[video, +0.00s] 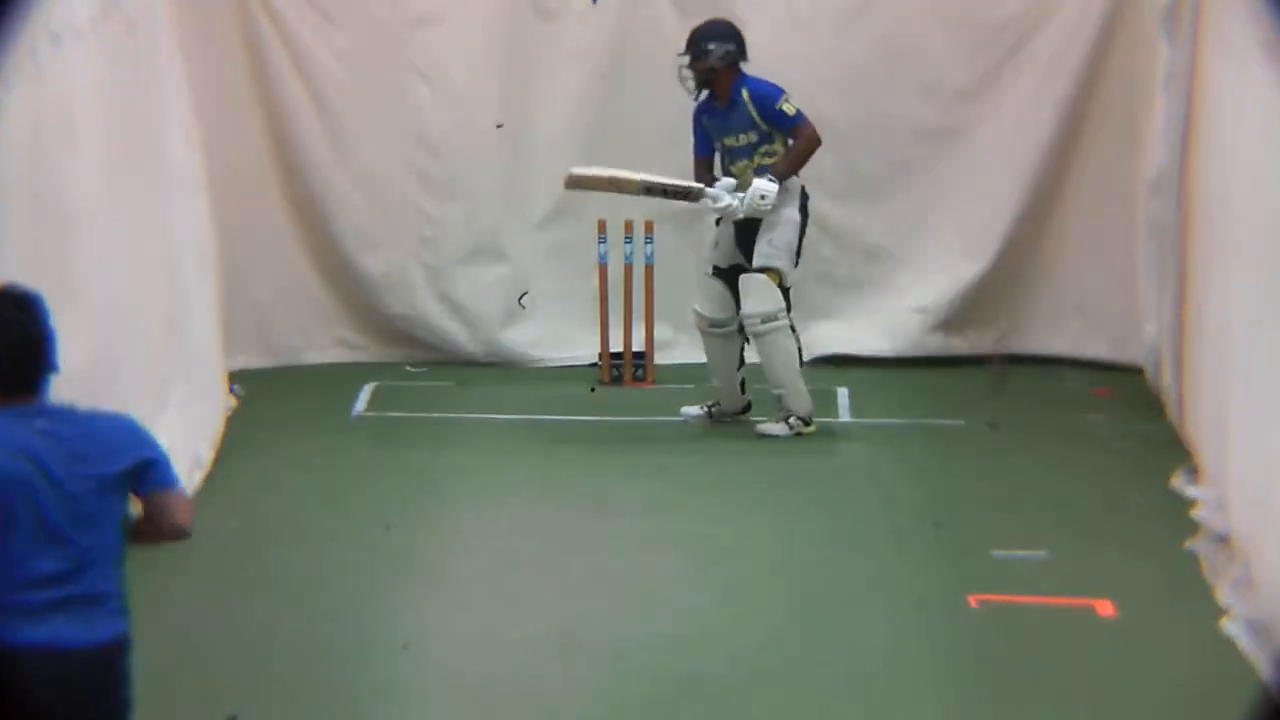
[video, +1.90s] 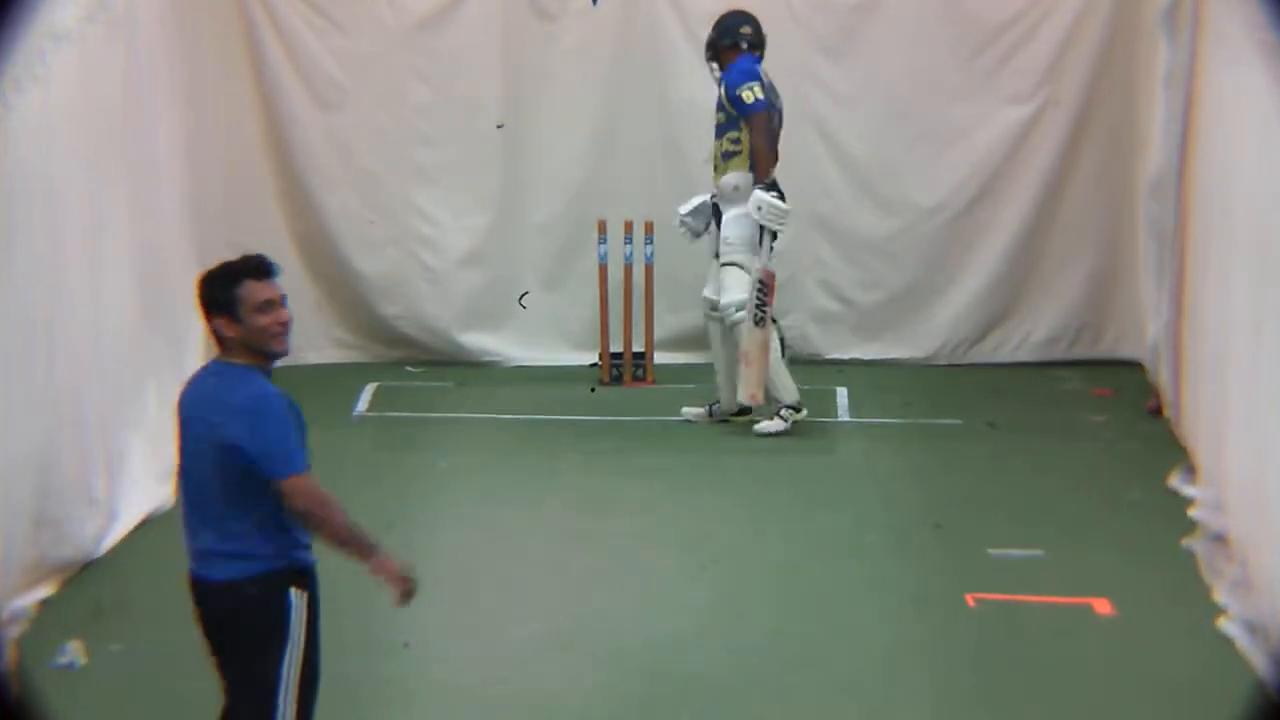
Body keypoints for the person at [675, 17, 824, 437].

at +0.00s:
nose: (691, 69)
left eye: (697, 61)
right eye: (691, 61)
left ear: (722, 59)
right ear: (715, 61)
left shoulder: (761, 95)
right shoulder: (704, 114)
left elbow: (808, 137)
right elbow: (702, 172)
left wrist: (771, 178)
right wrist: (715, 190)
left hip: (781, 204)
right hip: (736, 208)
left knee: (762, 300)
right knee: (715, 304)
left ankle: (797, 412)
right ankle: (730, 403)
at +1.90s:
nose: (713, 59)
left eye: (717, 50)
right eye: (713, 52)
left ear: (735, 43)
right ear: (748, 44)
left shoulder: (740, 72)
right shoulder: (752, 80)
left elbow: (761, 125)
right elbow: (745, 151)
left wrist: (763, 189)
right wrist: (716, 202)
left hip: (746, 205)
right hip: (734, 205)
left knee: (742, 304)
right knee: (718, 303)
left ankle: (787, 402)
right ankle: (730, 401)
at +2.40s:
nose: (742, 50)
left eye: (744, 44)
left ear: (749, 45)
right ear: (789, 51)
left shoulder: (736, 75)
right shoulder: (798, 96)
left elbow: (723, 129)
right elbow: (803, 165)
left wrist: (706, 188)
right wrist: (769, 190)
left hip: (742, 199)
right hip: (780, 204)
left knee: (718, 287)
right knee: (754, 289)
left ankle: (743, 385)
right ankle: (740, 391)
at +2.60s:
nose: (758, 46)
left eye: (759, 39)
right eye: (804, 46)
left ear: (760, 43)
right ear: (800, 48)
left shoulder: (735, 80)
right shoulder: (810, 93)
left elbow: (708, 140)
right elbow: (828, 160)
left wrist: (692, 195)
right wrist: (805, 200)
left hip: (757, 198)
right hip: (798, 201)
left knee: (750, 295)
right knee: (766, 297)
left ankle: (762, 403)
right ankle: (739, 389)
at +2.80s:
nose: (826, 51)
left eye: (826, 45)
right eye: (824, 44)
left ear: (780, 39)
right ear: (816, 44)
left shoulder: (746, 79)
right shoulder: (826, 91)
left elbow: (715, 141)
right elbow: (845, 156)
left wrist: (699, 196)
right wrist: (856, 214)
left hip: (771, 198)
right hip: (817, 198)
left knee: (766, 295)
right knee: (803, 291)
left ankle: (766, 407)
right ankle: (804, 395)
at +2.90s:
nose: (838, 55)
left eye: (839, 46)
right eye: (835, 46)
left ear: (796, 40)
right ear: (822, 44)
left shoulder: (757, 80)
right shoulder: (835, 92)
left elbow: (725, 140)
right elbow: (854, 158)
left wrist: (708, 195)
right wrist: (876, 216)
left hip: (779, 201)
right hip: (826, 201)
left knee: (772, 298)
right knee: (831, 289)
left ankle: (767, 408)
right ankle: (848, 393)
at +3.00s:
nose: (857, 59)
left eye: (858, 50)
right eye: (854, 50)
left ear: (815, 43)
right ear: (840, 47)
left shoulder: (772, 82)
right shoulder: (849, 95)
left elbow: (739, 139)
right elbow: (867, 162)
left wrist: (723, 195)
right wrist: (893, 218)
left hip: (788, 205)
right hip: (837, 204)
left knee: (776, 300)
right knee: (866, 286)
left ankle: (766, 406)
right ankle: (891, 380)